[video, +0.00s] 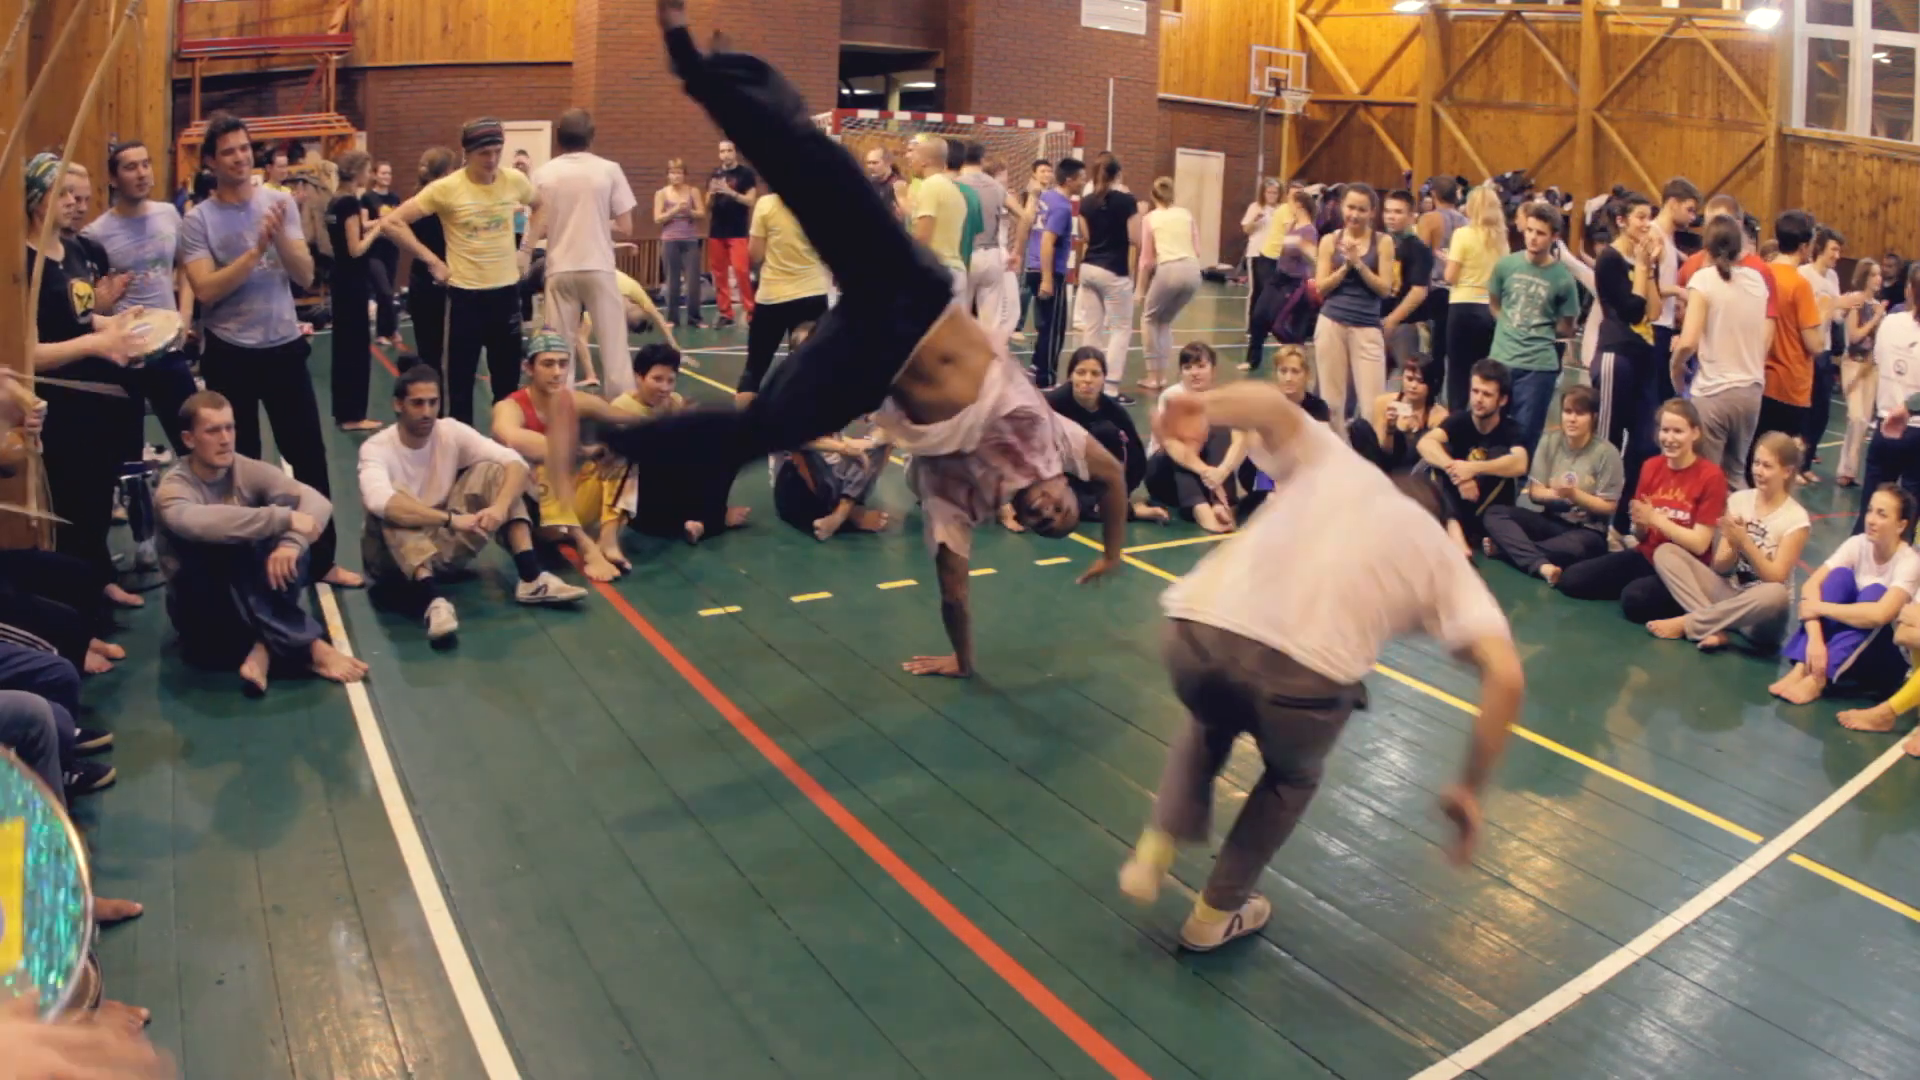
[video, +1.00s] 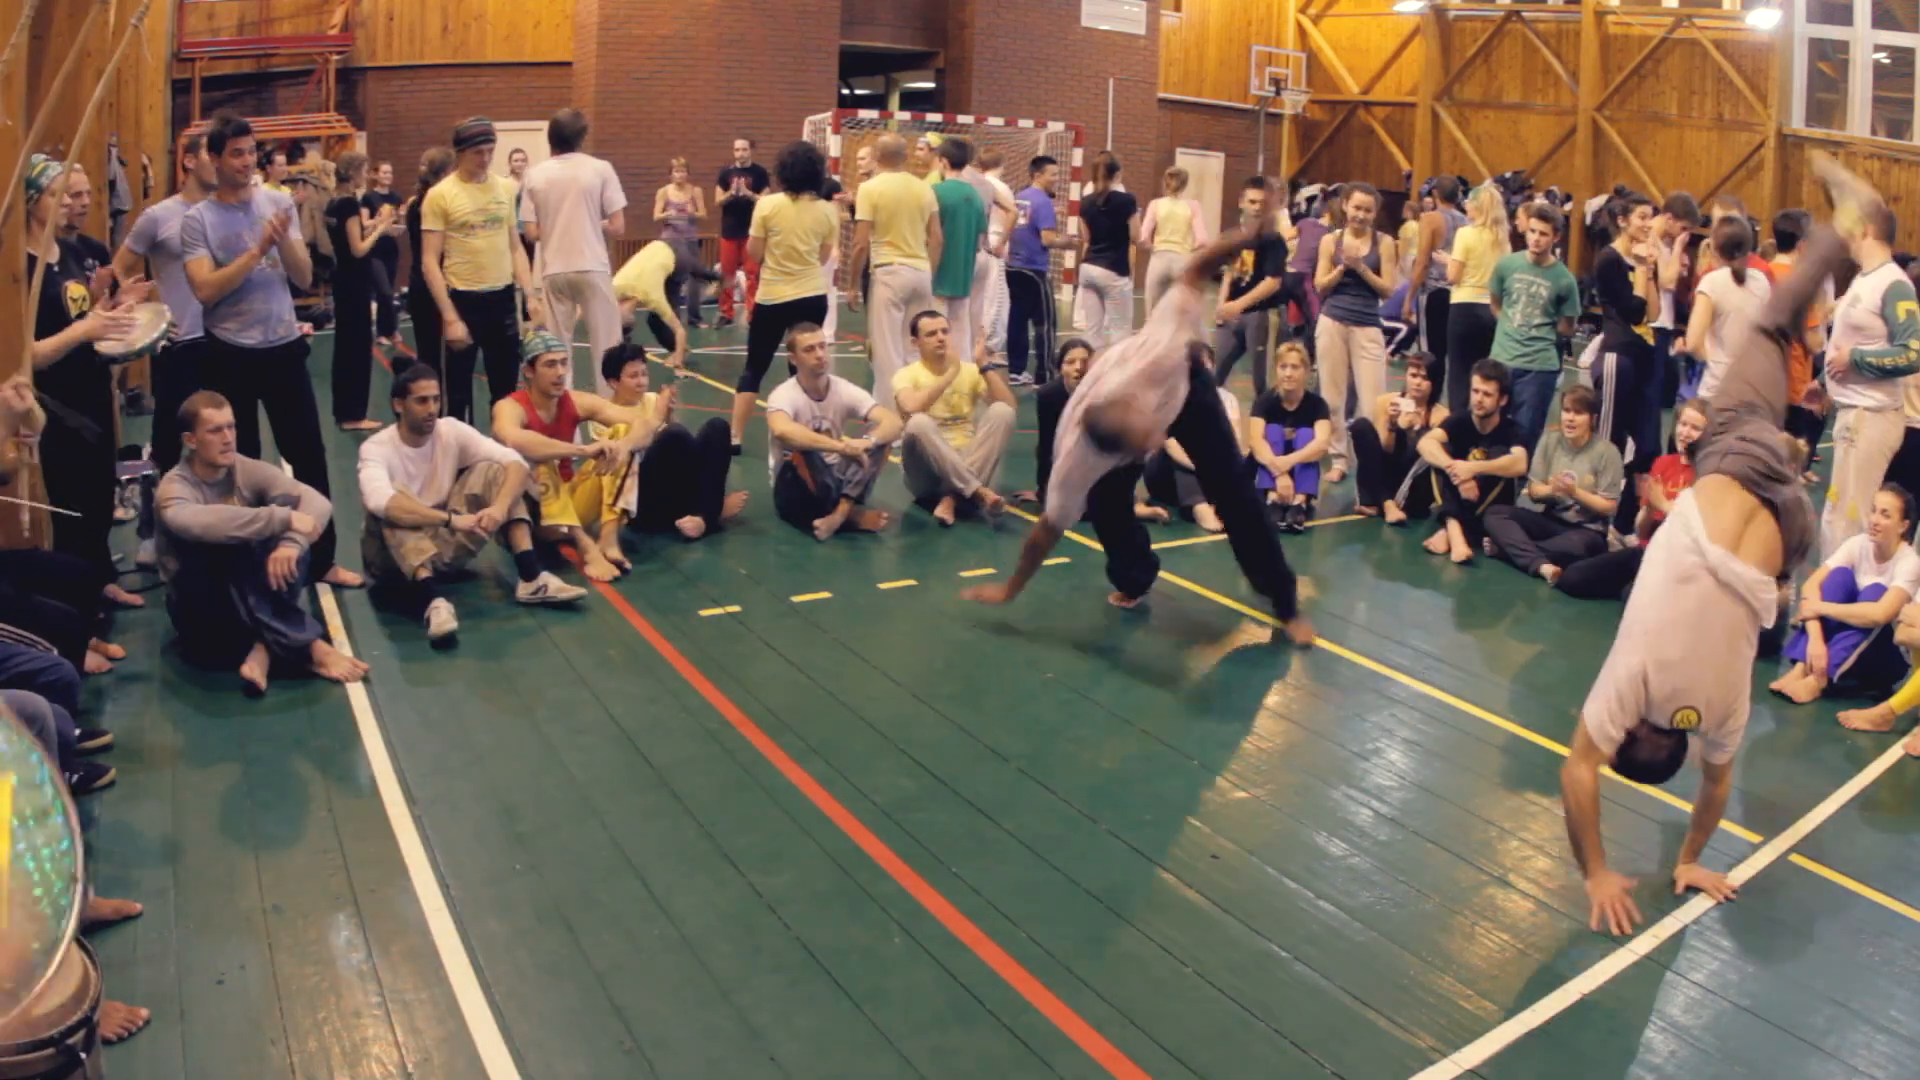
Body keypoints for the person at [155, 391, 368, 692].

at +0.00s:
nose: (225, 439)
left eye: (229, 428)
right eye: (213, 431)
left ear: (236, 430)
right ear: (188, 439)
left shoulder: (245, 469)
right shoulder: (174, 487)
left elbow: (316, 501)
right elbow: (193, 523)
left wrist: (291, 544)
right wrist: (284, 518)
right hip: (208, 617)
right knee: (213, 547)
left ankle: (265, 646)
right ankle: (310, 646)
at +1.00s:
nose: (228, 438)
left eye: (230, 428)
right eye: (215, 431)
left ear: (237, 429)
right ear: (190, 440)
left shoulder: (246, 469)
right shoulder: (175, 487)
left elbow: (317, 502)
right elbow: (190, 523)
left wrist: (292, 544)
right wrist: (284, 518)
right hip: (208, 619)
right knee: (215, 545)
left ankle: (265, 647)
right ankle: (311, 645)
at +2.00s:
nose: (228, 439)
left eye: (231, 429)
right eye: (216, 432)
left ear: (237, 429)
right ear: (189, 441)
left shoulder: (246, 469)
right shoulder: (174, 487)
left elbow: (317, 501)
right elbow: (188, 523)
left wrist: (292, 543)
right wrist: (283, 518)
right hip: (207, 613)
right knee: (215, 544)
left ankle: (265, 646)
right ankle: (311, 645)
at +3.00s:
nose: (228, 440)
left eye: (231, 429)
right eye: (215, 432)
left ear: (237, 429)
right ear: (189, 441)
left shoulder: (245, 469)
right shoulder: (174, 487)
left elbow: (316, 502)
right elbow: (190, 523)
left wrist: (292, 544)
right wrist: (283, 518)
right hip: (208, 612)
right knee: (214, 544)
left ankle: (264, 645)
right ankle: (310, 645)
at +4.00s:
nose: (229, 439)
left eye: (231, 428)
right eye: (217, 432)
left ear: (237, 429)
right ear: (190, 439)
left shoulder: (247, 469)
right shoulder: (174, 487)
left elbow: (317, 502)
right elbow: (194, 523)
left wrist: (292, 543)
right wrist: (283, 517)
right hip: (210, 613)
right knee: (215, 545)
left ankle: (265, 646)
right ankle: (310, 645)